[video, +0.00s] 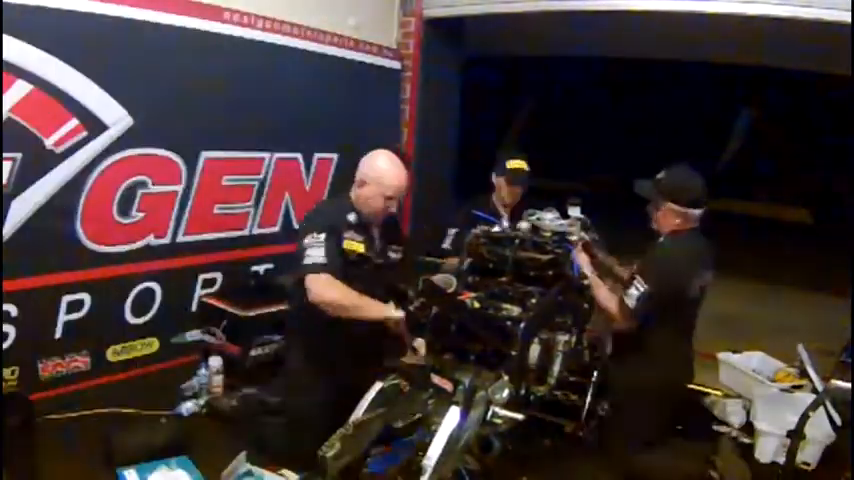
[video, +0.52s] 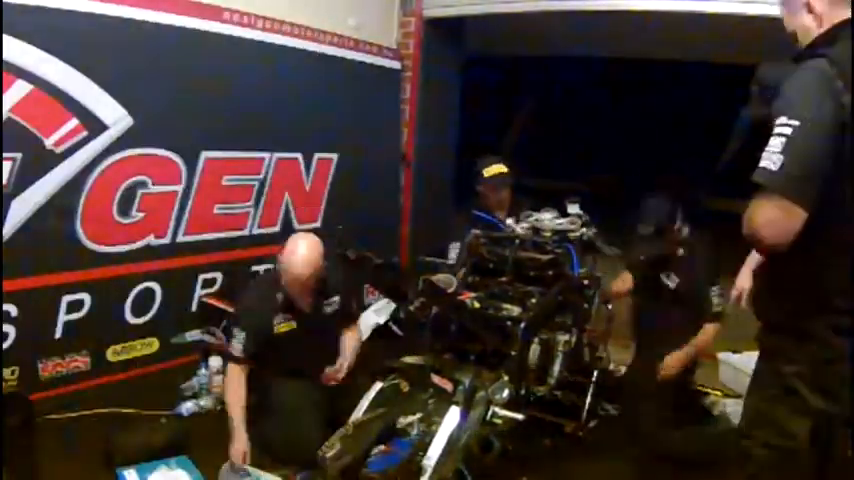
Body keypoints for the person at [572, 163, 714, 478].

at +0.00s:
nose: (651, 210)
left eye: (656, 205)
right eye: (653, 203)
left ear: (670, 212)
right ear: (689, 213)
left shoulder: (664, 256)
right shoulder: (698, 249)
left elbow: (621, 314)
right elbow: (641, 282)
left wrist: (588, 271)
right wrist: (601, 259)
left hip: (645, 374)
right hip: (673, 368)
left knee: (621, 450)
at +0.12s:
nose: (631, 236)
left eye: (629, 228)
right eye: (629, 229)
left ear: (635, 220)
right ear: (663, 217)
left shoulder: (653, 255)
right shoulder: (689, 252)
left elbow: (651, 330)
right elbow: (692, 330)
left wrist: (625, 395)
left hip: (659, 401)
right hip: (689, 397)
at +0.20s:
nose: (640, 198)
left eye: (646, 193)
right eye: (643, 192)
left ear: (662, 204)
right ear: (670, 205)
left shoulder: (666, 250)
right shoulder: (680, 242)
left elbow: (626, 320)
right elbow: (642, 286)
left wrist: (590, 264)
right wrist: (607, 250)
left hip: (638, 383)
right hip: (651, 376)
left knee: (612, 459)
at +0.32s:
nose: (646, 211)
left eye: (649, 202)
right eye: (646, 203)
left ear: (667, 199)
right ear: (676, 202)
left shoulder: (671, 243)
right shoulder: (688, 242)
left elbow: (634, 301)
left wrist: (604, 267)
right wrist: (612, 272)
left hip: (649, 374)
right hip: (668, 370)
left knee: (621, 451)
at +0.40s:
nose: (623, 199)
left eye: (630, 192)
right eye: (625, 193)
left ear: (653, 197)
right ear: (649, 198)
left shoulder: (658, 241)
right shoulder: (648, 235)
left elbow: (629, 310)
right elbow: (622, 283)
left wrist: (598, 277)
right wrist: (594, 270)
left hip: (637, 364)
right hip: (628, 355)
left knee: (613, 443)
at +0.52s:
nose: (657, 245)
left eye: (662, 238)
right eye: (652, 239)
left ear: (678, 228)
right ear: (645, 232)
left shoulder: (699, 260)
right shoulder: (647, 256)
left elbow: (713, 325)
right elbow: (620, 286)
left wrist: (683, 356)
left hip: (677, 362)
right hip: (644, 357)